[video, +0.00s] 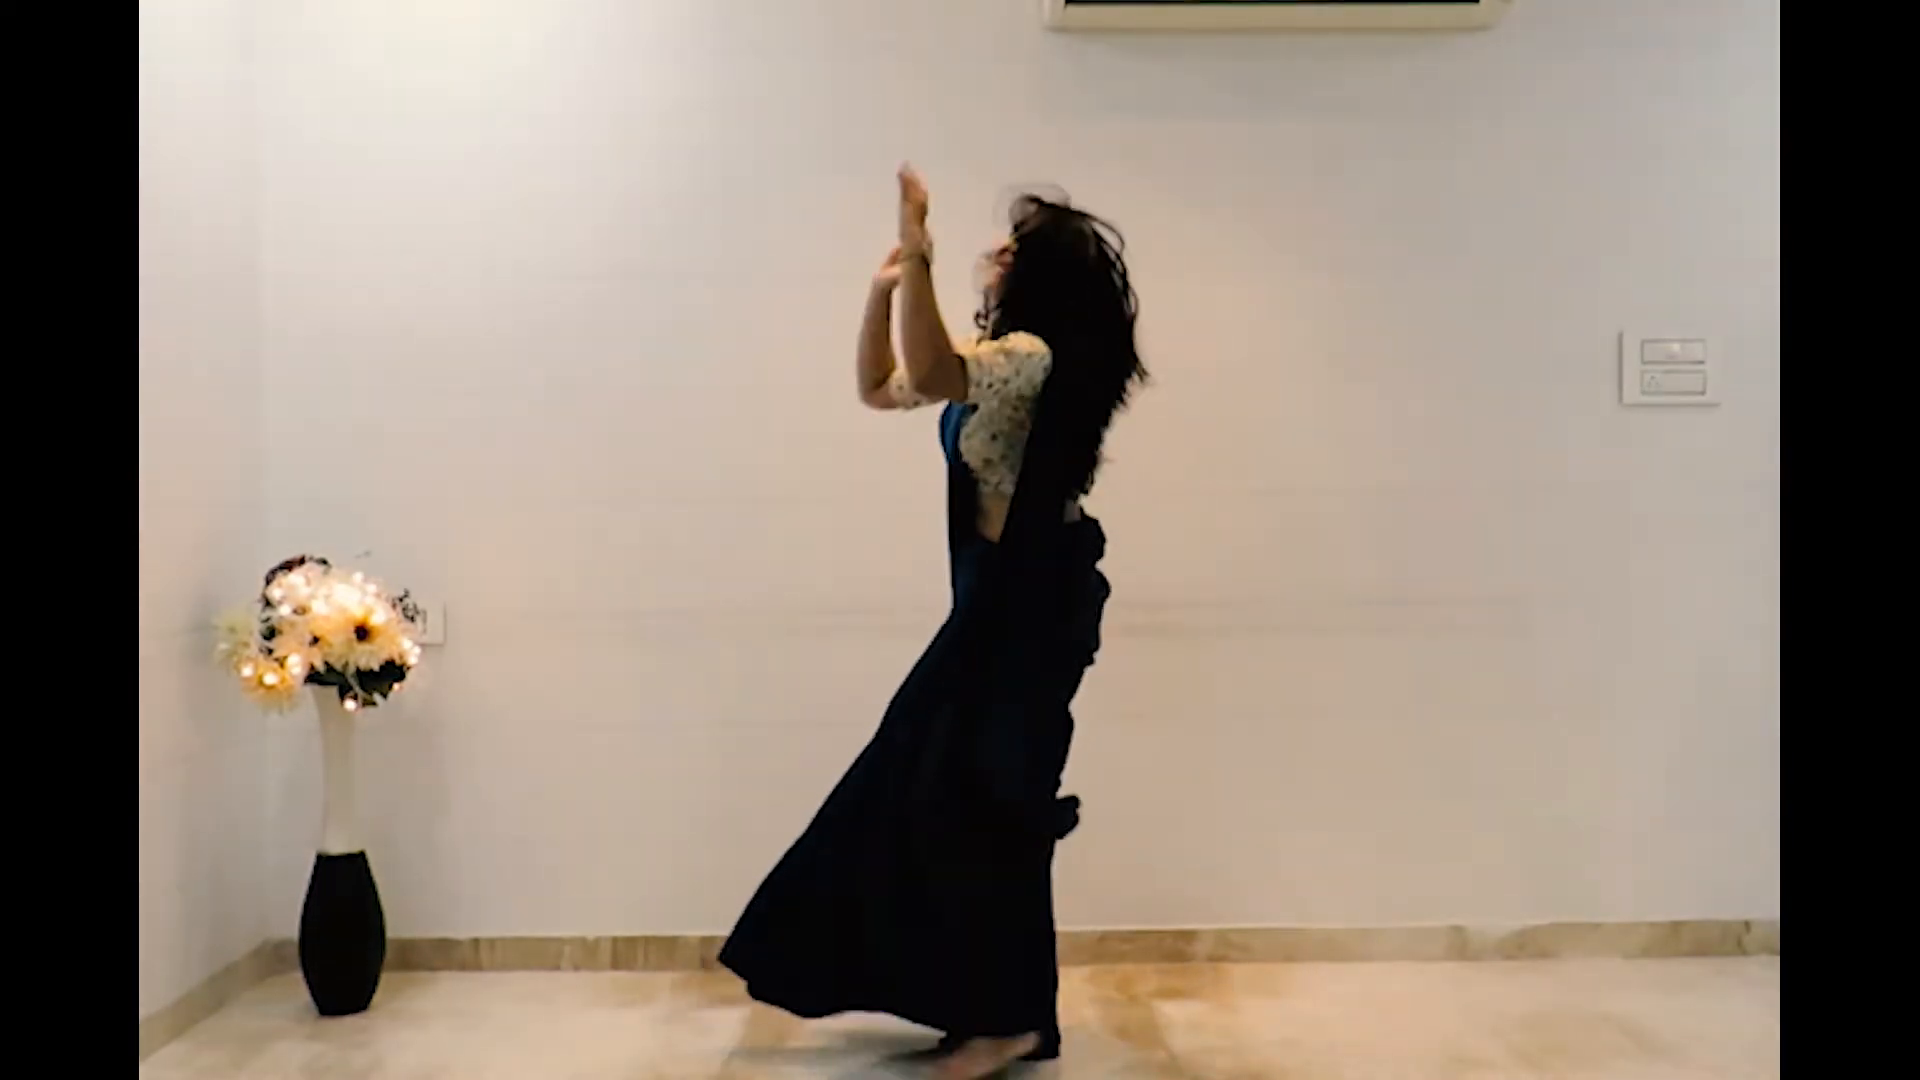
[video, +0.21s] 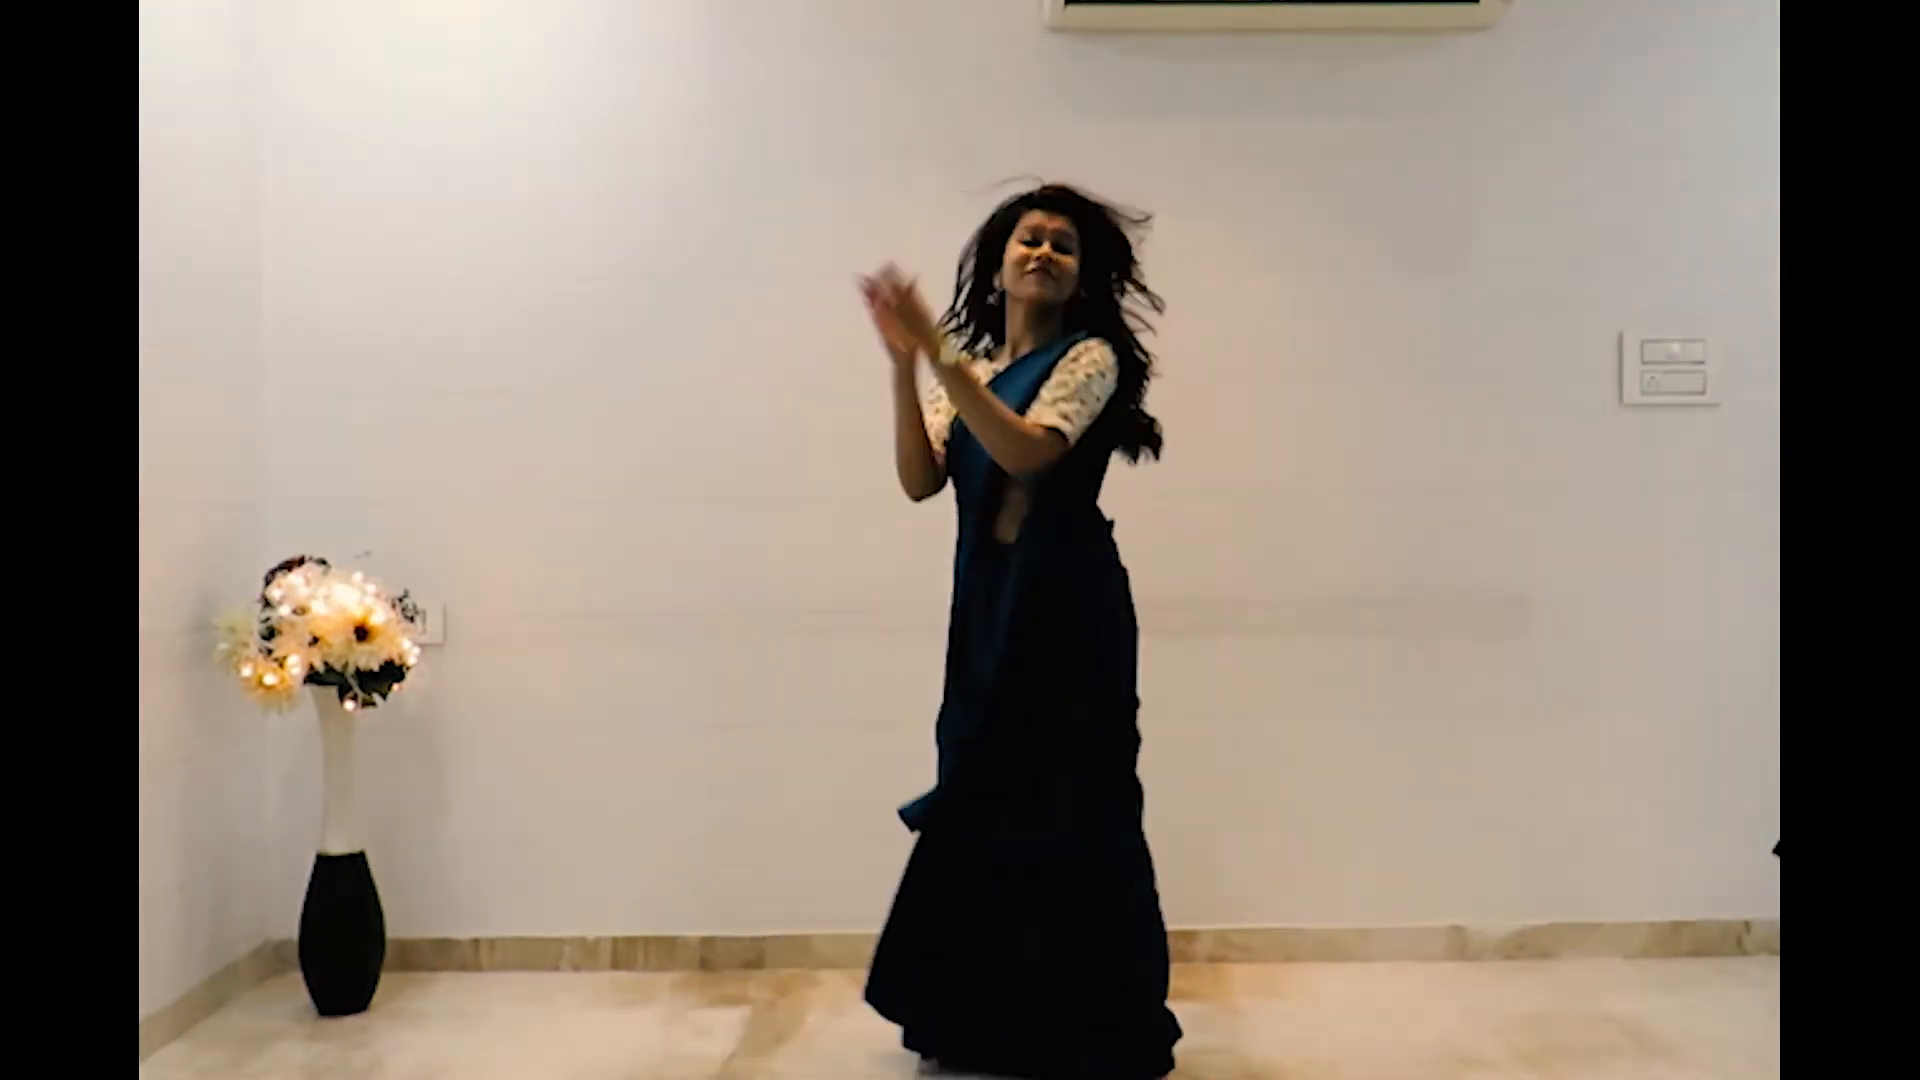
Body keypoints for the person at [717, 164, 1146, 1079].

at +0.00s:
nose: (992, 255)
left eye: (1010, 249)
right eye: (1000, 244)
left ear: (1038, 275)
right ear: (1030, 281)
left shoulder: (1033, 361)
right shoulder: (997, 356)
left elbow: (930, 374)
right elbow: (882, 388)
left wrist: (914, 255)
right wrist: (884, 294)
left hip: (1029, 613)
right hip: (1004, 608)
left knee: (982, 803)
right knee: (986, 803)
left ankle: (1005, 1018)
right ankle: (1001, 1011)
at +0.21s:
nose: (1041, 251)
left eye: (1060, 244)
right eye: (1028, 239)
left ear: (1085, 275)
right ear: (997, 261)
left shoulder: (1093, 360)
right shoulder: (972, 360)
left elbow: (1028, 453)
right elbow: (921, 478)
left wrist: (934, 352)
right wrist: (904, 366)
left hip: (1070, 612)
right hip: (991, 611)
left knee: (1072, 806)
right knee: (988, 803)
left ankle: (1094, 1029)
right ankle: (984, 1016)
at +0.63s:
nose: (1037, 224)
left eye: (1051, 210)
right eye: (1016, 216)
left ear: (1080, 231)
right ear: (989, 242)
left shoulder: (1114, 336)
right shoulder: (976, 319)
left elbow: (1227, 385)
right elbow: (876, 318)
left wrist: (1226, 461)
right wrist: (945, 426)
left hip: (1055, 596)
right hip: (951, 584)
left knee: (1046, 799)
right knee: (907, 788)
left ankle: (1063, 1028)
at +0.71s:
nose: (1033, 256)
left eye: (1046, 242)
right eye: (1012, 248)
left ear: (1076, 262)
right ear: (986, 273)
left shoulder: (1104, 372)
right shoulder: (978, 343)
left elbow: (1212, 401)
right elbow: (911, 339)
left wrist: (1247, 469)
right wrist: (1002, 428)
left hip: (1058, 637)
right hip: (958, 627)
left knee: (1050, 821)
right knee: (887, 815)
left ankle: (1034, 1027)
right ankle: (762, 1037)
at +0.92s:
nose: (1007, 299)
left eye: (1023, 286)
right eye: (988, 286)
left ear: (1047, 310)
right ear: (962, 309)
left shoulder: (1053, 422)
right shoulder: (949, 400)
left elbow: (1146, 516)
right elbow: (1013, 478)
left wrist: (1254, 461)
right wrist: (1079, 370)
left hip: (1036, 670)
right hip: (938, 670)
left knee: (1056, 867)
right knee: (881, 857)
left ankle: (1066, 1054)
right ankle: (756, 1051)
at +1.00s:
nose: (1004, 308)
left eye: (1017, 295)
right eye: (984, 296)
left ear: (1040, 313)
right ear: (951, 317)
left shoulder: (1055, 414)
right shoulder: (952, 414)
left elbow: (1140, 504)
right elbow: (1054, 504)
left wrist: (1253, 463)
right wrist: (1100, 409)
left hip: (1017, 660)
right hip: (924, 656)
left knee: (1037, 863)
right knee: (863, 844)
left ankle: (1055, 1050)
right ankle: (746, 1045)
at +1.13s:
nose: (1000, 325)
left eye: (1013, 311)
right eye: (981, 312)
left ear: (1035, 324)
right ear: (952, 328)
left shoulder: (1066, 419)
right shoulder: (945, 427)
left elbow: (1101, 522)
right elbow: (985, 557)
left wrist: (1145, 523)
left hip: (1017, 666)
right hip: (920, 661)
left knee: (1010, 850)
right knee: (854, 838)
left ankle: (1000, 1038)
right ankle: (747, 1038)